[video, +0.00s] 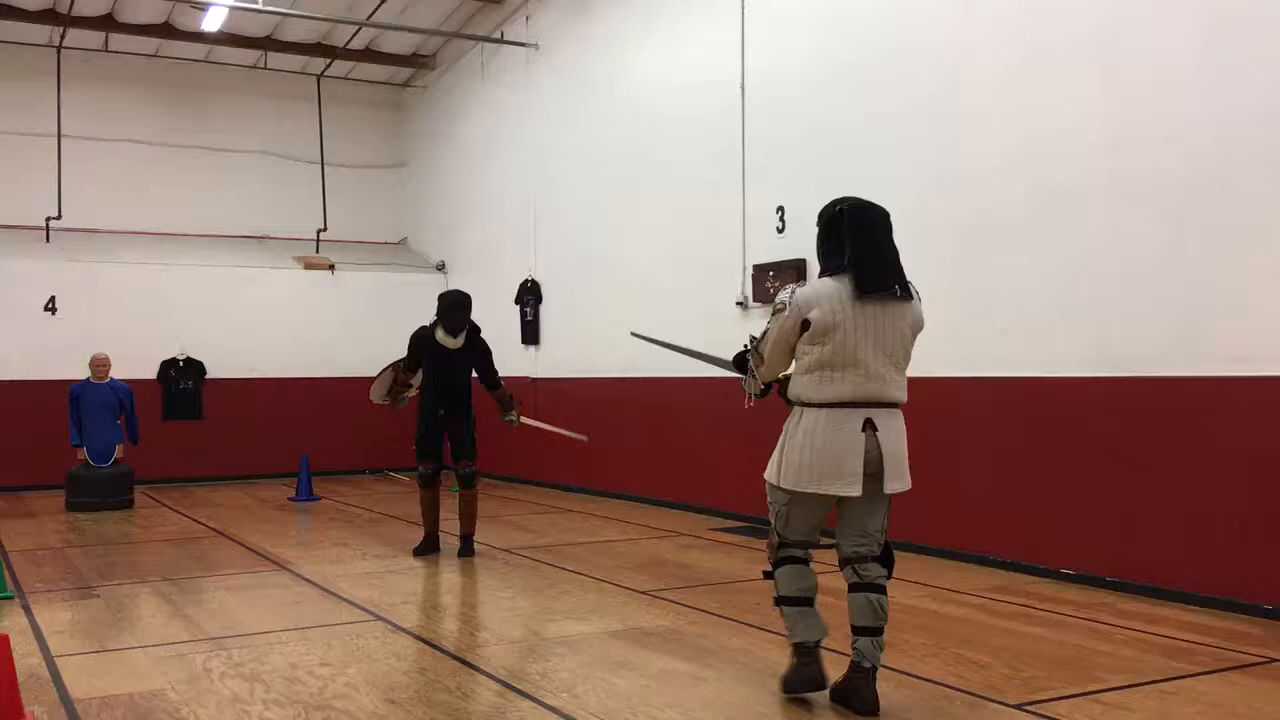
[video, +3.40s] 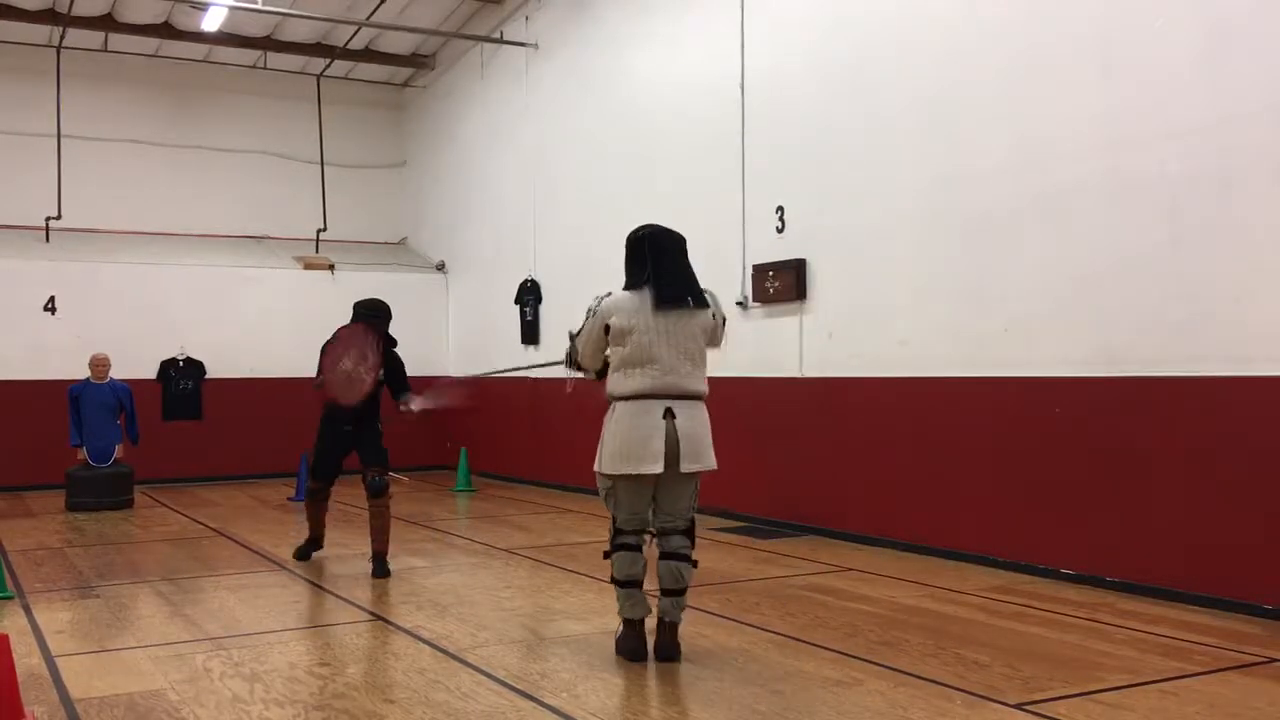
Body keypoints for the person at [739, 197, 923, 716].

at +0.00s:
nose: (817, 247)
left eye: (820, 238)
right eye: (821, 238)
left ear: (830, 243)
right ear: (882, 241)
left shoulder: (809, 299)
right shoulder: (907, 304)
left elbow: (770, 365)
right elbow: (885, 363)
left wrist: (754, 368)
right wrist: (799, 369)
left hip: (814, 442)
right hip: (883, 445)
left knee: (791, 545)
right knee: (866, 554)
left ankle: (805, 661)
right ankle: (863, 676)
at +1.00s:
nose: (747, 256)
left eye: (750, 248)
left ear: (755, 251)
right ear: (807, 251)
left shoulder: (734, 301)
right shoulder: (830, 306)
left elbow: (704, 368)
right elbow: (825, 366)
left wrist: (711, 390)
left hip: (749, 437)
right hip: (815, 436)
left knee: (746, 546)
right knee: (815, 541)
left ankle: (741, 648)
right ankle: (841, 633)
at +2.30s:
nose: (733, 261)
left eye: (735, 253)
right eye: (735, 254)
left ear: (743, 255)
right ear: (791, 254)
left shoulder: (721, 304)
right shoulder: (813, 309)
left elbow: (687, 375)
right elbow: (802, 371)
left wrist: (680, 383)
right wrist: (718, 380)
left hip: (729, 436)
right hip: (793, 437)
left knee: (699, 533)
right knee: (785, 542)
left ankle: (668, 623)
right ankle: (785, 654)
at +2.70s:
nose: (667, 270)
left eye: (670, 262)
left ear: (675, 266)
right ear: (722, 262)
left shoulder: (658, 316)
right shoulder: (746, 315)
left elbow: (633, 388)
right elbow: (748, 374)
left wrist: (639, 411)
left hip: (677, 437)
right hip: (740, 434)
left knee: (659, 539)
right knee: (751, 536)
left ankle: (635, 634)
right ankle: (779, 644)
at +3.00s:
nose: (629, 267)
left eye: (631, 260)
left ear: (635, 262)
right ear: (682, 259)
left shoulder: (620, 310)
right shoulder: (708, 309)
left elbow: (596, 381)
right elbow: (714, 370)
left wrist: (603, 398)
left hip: (644, 427)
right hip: (705, 425)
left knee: (641, 533)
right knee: (708, 527)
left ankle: (634, 633)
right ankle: (726, 618)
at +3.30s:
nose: (623, 265)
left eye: (626, 257)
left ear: (630, 260)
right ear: (677, 258)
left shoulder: (613, 306)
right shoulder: (703, 307)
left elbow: (588, 370)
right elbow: (711, 362)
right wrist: (672, 360)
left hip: (631, 427)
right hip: (690, 426)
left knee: (632, 530)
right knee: (676, 529)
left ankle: (633, 633)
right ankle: (668, 635)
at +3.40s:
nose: (626, 266)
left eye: (628, 258)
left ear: (632, 260)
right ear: (679, 261)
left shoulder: (612, 307)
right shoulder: (699, 306)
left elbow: (587, 360)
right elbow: (715, 334)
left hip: (630, 430)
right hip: (688, 431)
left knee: (628, 529)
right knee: (676, 530)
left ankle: (633, 633)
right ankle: (668, 635)